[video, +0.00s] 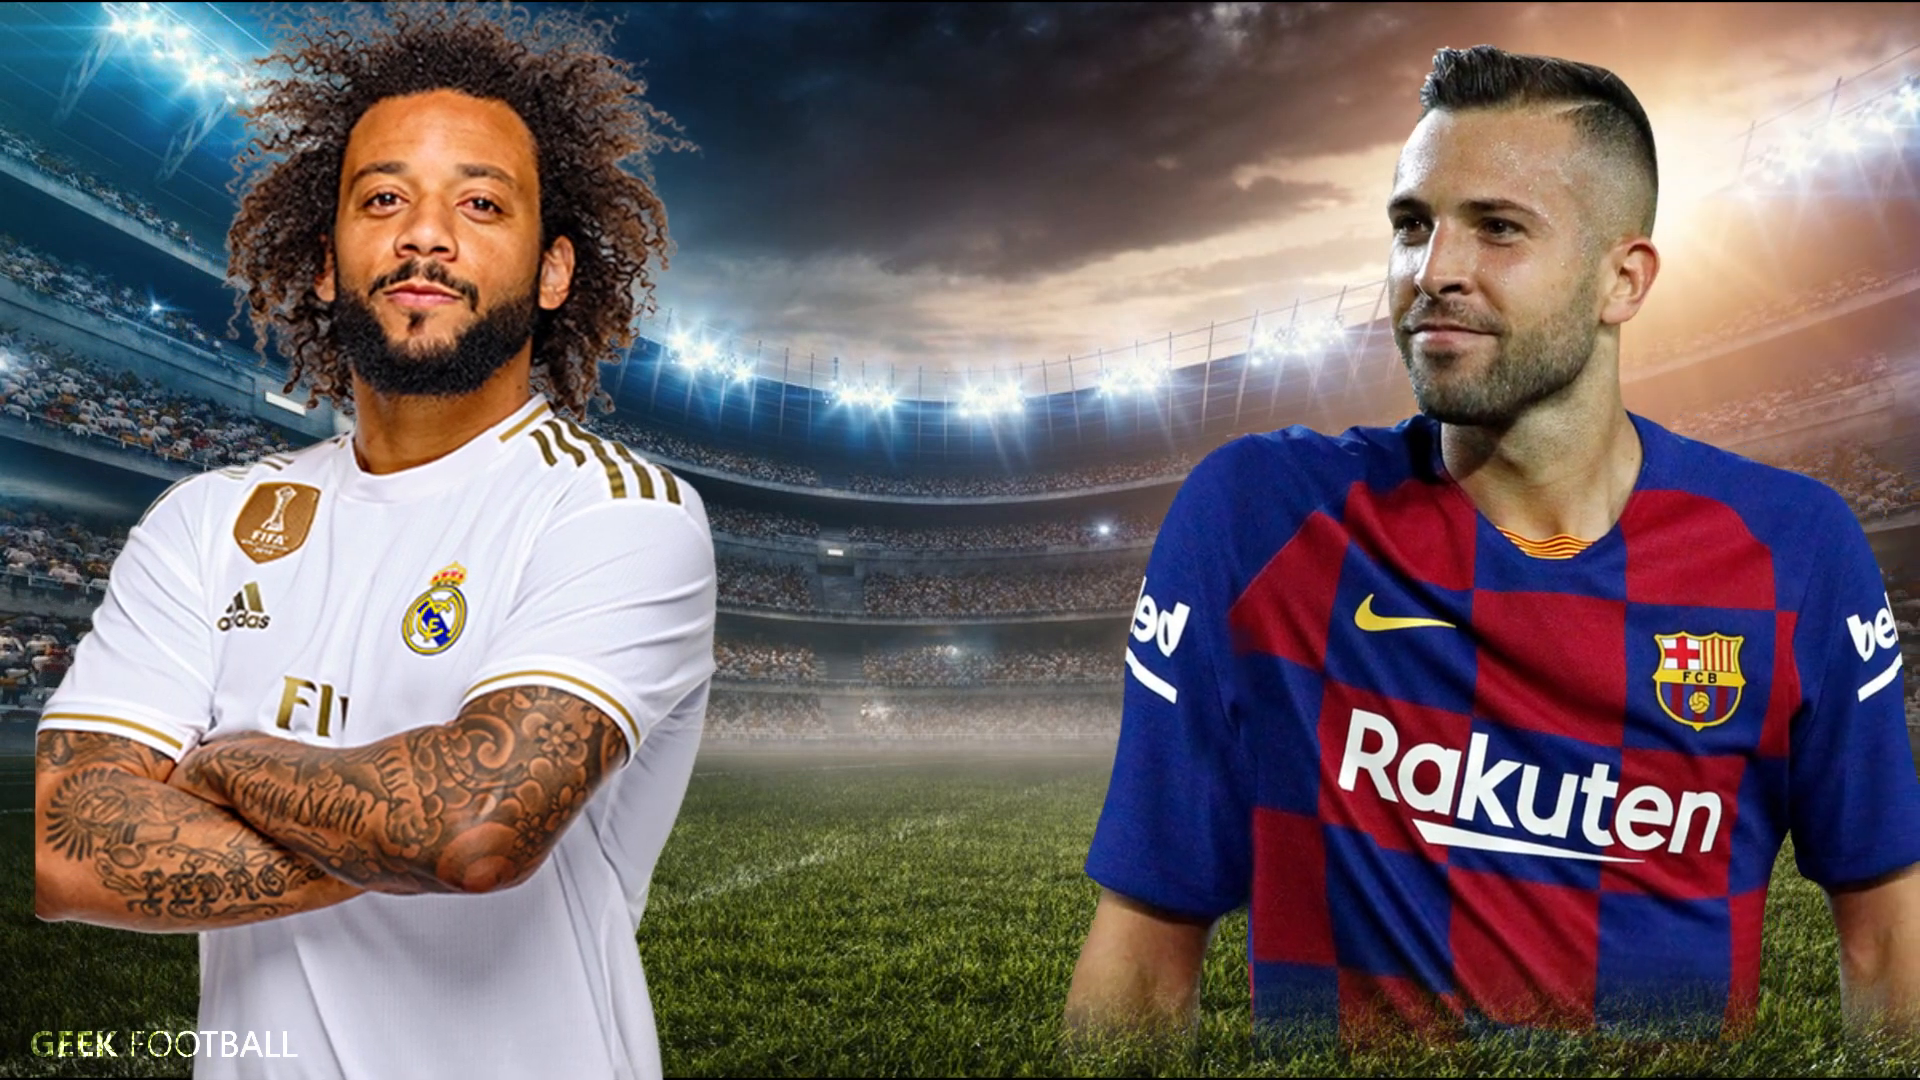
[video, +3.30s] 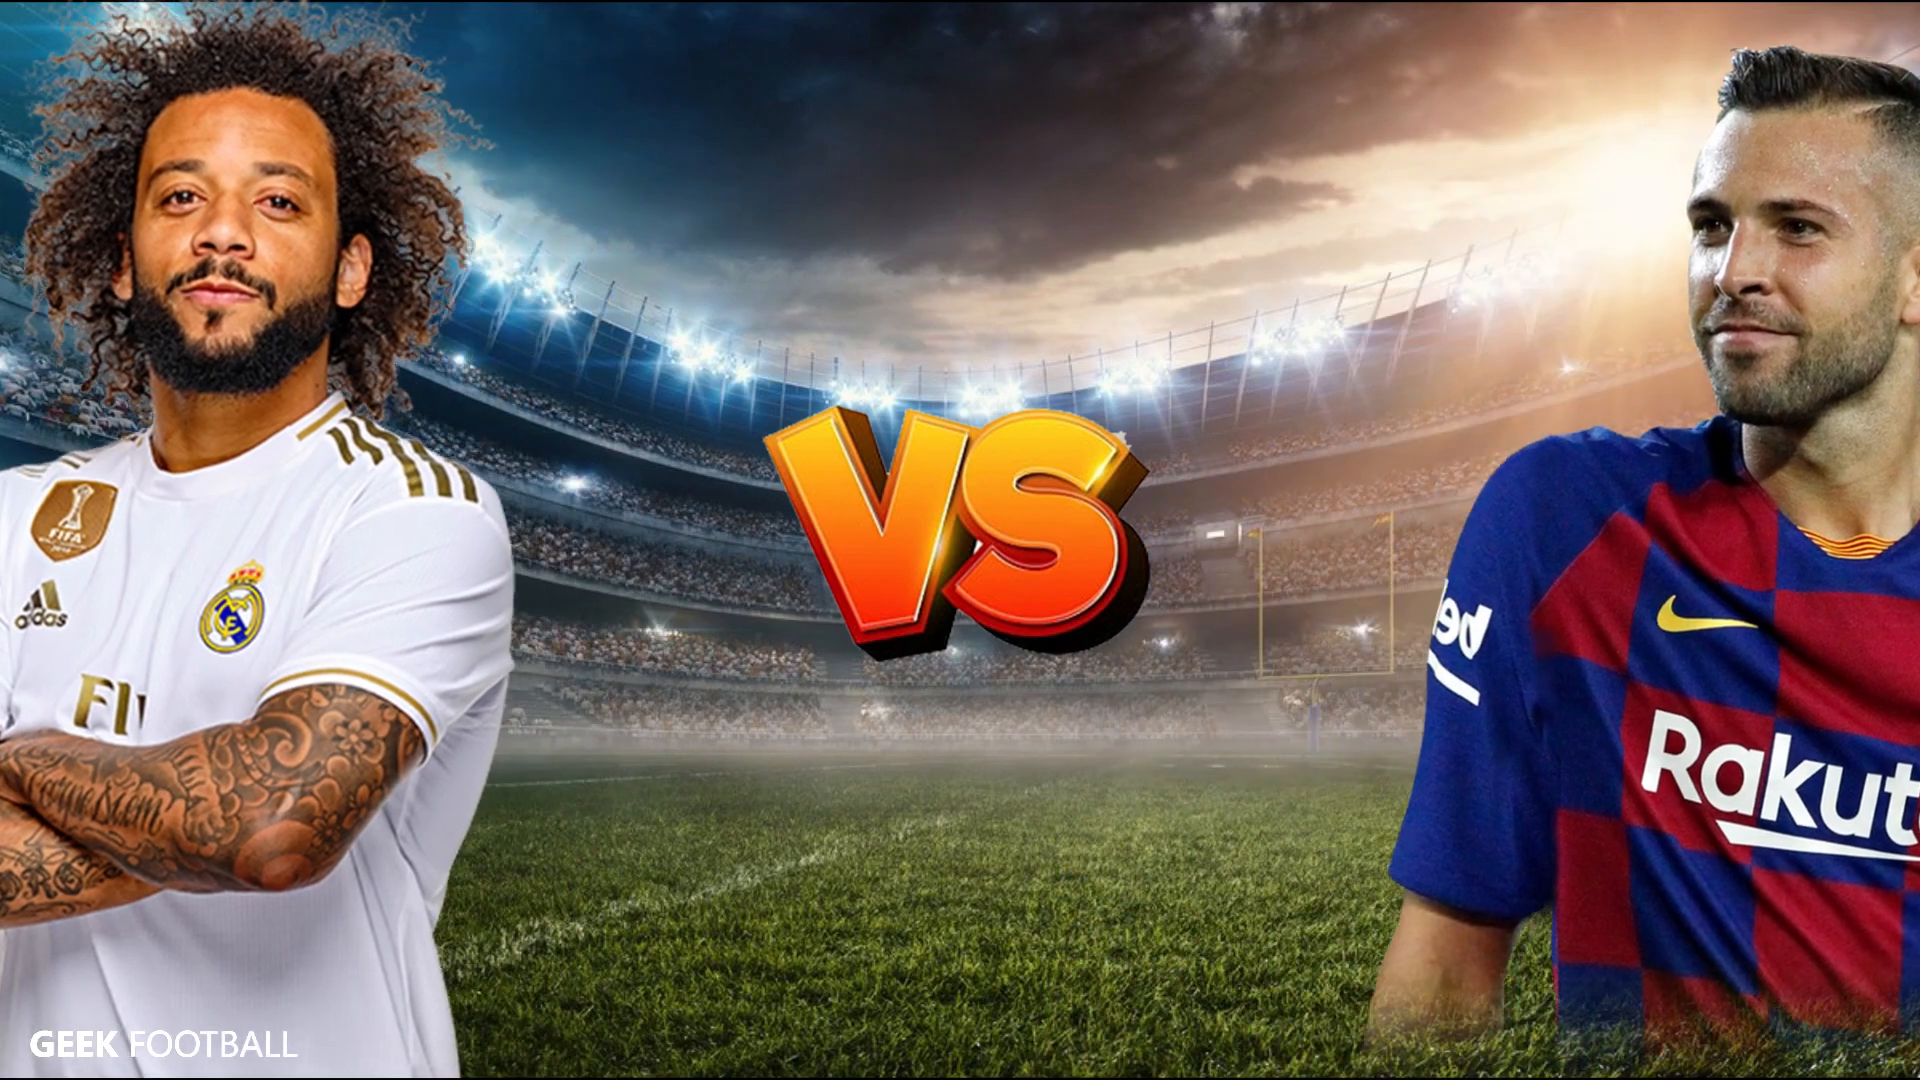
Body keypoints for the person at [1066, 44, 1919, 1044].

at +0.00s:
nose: (1432, 273)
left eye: (1499, 228)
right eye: (1414, 227)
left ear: (1623, 282)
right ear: (1391, 250)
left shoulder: (1798, 553)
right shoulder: (1253, 515)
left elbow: (1885, 934)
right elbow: (1145, 943)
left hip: (1668, 1059)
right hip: (1343, 1062)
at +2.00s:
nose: (1392, 290)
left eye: (1459, 245)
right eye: (1372, 244)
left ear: (1584, 299)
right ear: (1349, 268)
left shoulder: (1760, 568)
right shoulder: (1211, 537)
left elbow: (1855, 944)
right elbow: (1113, 963)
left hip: (1634, 1053)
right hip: (1302, 1051)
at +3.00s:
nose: (1527, 289)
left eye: (1592, 242)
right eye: (1505, 243)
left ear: (1717, 295)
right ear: (1482, 267)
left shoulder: (1892, 563)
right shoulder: (1346, 530)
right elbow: (1242, 962)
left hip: (1768, 1060)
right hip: (1445, 1055)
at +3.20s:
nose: (1653, 280)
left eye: (1719, 234)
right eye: (1633, 234)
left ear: (1844, 285)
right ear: (1612, 255)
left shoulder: (1911, 540)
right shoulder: (1480, 522)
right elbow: (1369, 960)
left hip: (1881, 1046)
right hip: (1582, 1048)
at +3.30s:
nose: (1736, 274)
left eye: (1801, 229)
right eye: (1714, 229)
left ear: (1915, 280)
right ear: (1688, 253)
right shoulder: (1561, 516)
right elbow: (1448, 946)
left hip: (1891, 1043)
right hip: (1645, 1051)